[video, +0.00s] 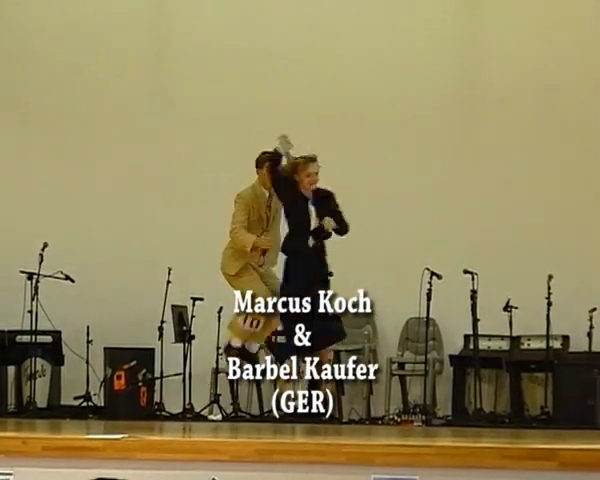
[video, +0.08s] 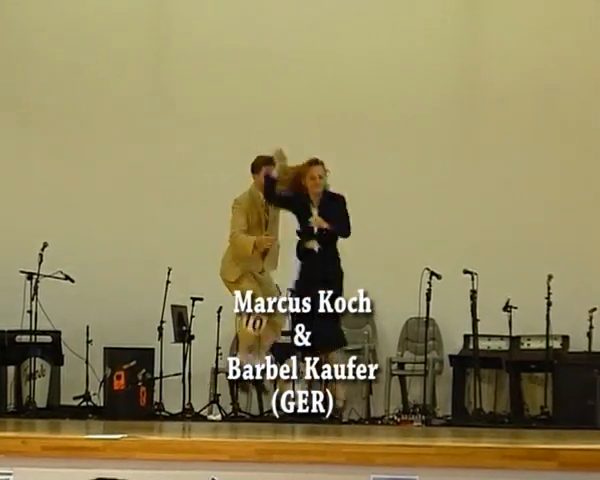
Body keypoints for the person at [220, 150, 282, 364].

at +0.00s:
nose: (274, 176)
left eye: (276, 171)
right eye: (269, 171)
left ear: (278, 172)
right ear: (259, 171)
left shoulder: (276, 197)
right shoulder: (245, 197)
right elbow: (236, 232)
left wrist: (285, 155)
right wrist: (256, 241)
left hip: (260, 264)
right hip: (238, 264)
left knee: (282, 298)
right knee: (262, 299)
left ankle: (251, 347)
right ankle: (234, 345)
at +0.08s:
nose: (271, 179)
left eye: (273, 174)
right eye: (267, 174)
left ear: (276, 176)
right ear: (256, 175)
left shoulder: (273, 201)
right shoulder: (243, 202)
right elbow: (236, 237)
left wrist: (286, 168)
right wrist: (256, 242)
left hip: (259, 269)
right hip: (237, 269)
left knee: (278, 311)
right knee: (254, 312)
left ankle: (259, 360)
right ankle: (243, 365)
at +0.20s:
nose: (265, 202)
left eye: (267, 197)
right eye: (261, 197)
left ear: (270, 199)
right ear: (249, 198)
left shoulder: (273, 221)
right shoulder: (238, 224)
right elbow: (233, 261)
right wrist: (259, 262)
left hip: (264, 293)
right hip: (239, 293)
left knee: (273, 347)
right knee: (253, 346)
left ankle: (261, 408)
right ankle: (240, 408)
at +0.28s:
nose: (263, 221)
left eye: (266, 216)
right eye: (259, 216)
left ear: (269, 218)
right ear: (248, 218)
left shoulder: (272, 245)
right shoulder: (235, 246)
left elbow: (280, 280)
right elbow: (234, 281)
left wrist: (281, 273)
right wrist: (264, 277)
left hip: (264, 315)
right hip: (239, 316)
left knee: (274, 363)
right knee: (257, 360)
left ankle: (263, 413)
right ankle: (241, 413)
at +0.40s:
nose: (259, 224)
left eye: (262, 220)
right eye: (255, 220)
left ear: (267, 221)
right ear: (246, 221)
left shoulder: (267, 248)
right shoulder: (235, 248)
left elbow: (273, 276)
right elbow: (240, 282)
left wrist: (284, 288)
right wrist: (270, 289)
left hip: (254, 316)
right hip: (233, 317)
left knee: (274, 359)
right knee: (256, 359)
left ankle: (262, 415)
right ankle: (238, 414)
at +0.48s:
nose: (251, 216)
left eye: (256, 212)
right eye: (247, 212)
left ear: (264, 214)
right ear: (243, 213)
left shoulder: (267, 240)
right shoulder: (234, 238)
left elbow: (278, 269)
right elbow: (242, 273)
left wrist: (297, 280)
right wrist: (274, 282)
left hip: (249, 308)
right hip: (226, 308)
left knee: (266, 354)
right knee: (248, 354)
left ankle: (261, 412)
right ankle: (239, 413)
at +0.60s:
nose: (250, 213)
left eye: (255, 209)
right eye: (247, 209)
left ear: (264, 210)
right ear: (242, 209)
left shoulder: (269, 235)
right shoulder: (235, 233)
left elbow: (284, 263)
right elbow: (247, 265)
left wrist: (313, 267)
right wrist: (281, 273)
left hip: (240, 299)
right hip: (217, 298)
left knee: (242, 350)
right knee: (227, 350)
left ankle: (254, 407)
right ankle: (237, 408)